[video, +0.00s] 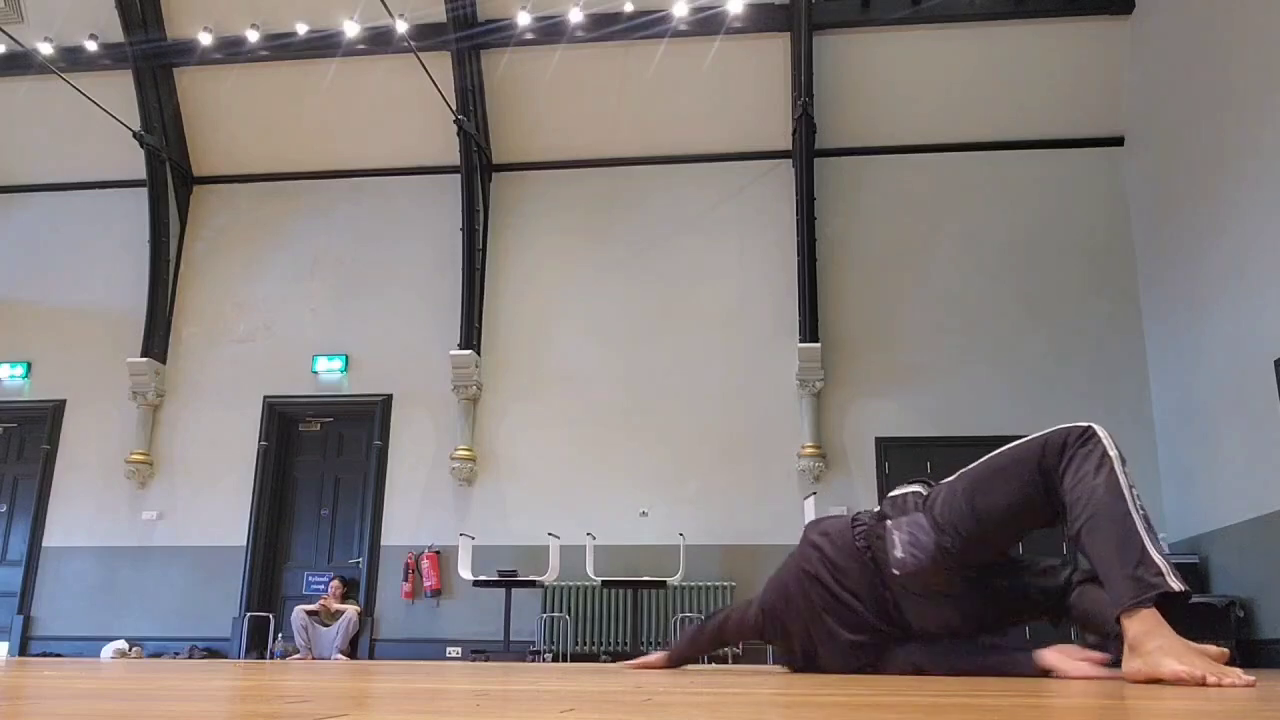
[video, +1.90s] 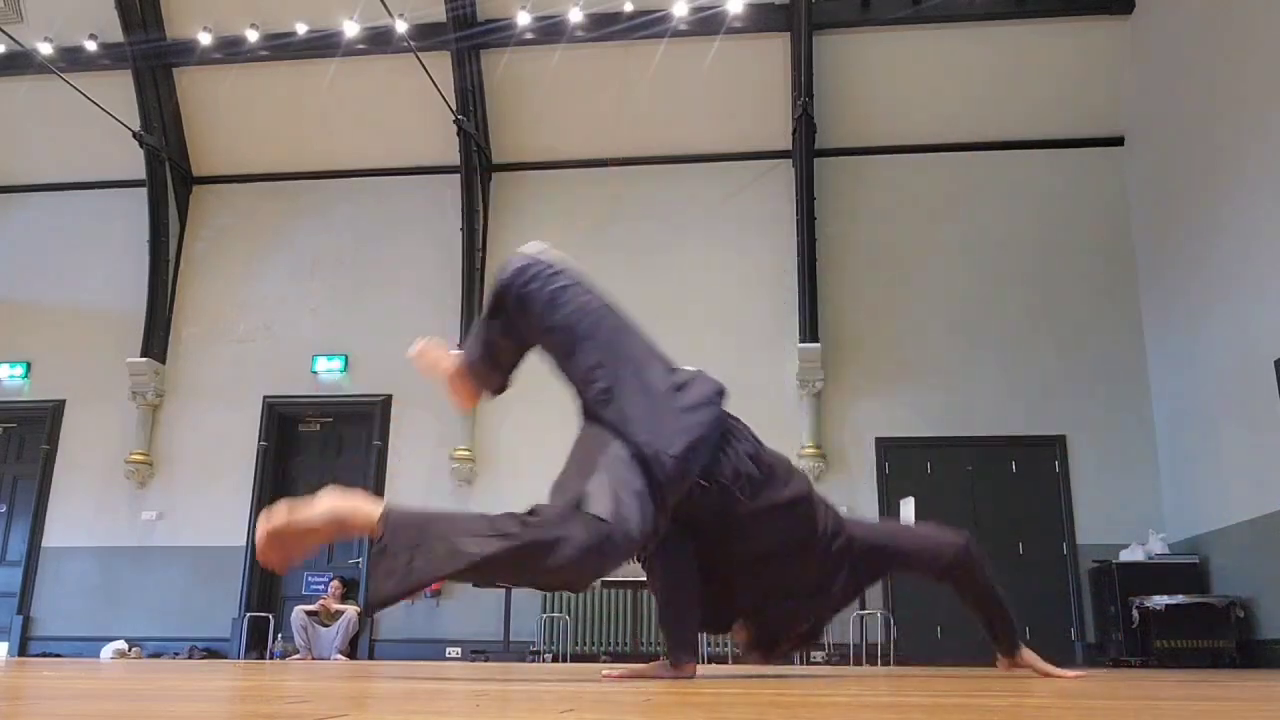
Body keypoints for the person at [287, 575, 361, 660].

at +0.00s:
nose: (333, 591)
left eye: (337, 588)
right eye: (331, 588)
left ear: (344, 590)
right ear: (328, 589)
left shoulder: (348, 602)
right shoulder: (323, 602)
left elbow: (357, 610)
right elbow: (297, 608)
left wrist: (334, 606)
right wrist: (316, 607)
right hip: (316, 637)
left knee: (352, 614)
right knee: (297, 612)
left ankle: (336, 653)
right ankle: (304, 653)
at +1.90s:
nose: (333, 591)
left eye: (337, 589)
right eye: (331, 588)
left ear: (343, 591)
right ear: (328, 589)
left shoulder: (348, 603)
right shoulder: (323, 602)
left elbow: (356, 610)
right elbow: (296, 608)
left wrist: (333, 606)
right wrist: (314, 607)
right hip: (316, 636)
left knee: (352, 614)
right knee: (297, 612)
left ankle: (336, 653)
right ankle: (304, 653)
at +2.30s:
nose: (333, 591)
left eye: (337, 589)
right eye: (331, 588)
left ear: (343, 590)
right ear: (328, 589)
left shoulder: (348, 603)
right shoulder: (322, 603)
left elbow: (357, 610)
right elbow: (297, 609)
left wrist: (334, 606)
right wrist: (316, 608)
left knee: (352, 614)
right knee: (296, 612)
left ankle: (336, 653)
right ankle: (304, 653)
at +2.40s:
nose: (333, 591)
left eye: (337, 589)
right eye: (331, 588)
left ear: (343, 591)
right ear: (327, 590)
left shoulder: (348, 604)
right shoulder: (322, 604)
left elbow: (357, 610)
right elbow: (297, 609)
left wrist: (334, 606)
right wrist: (316, 608)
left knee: (352, 614)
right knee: (296, 612)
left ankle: (336, 653)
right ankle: (304, 653)